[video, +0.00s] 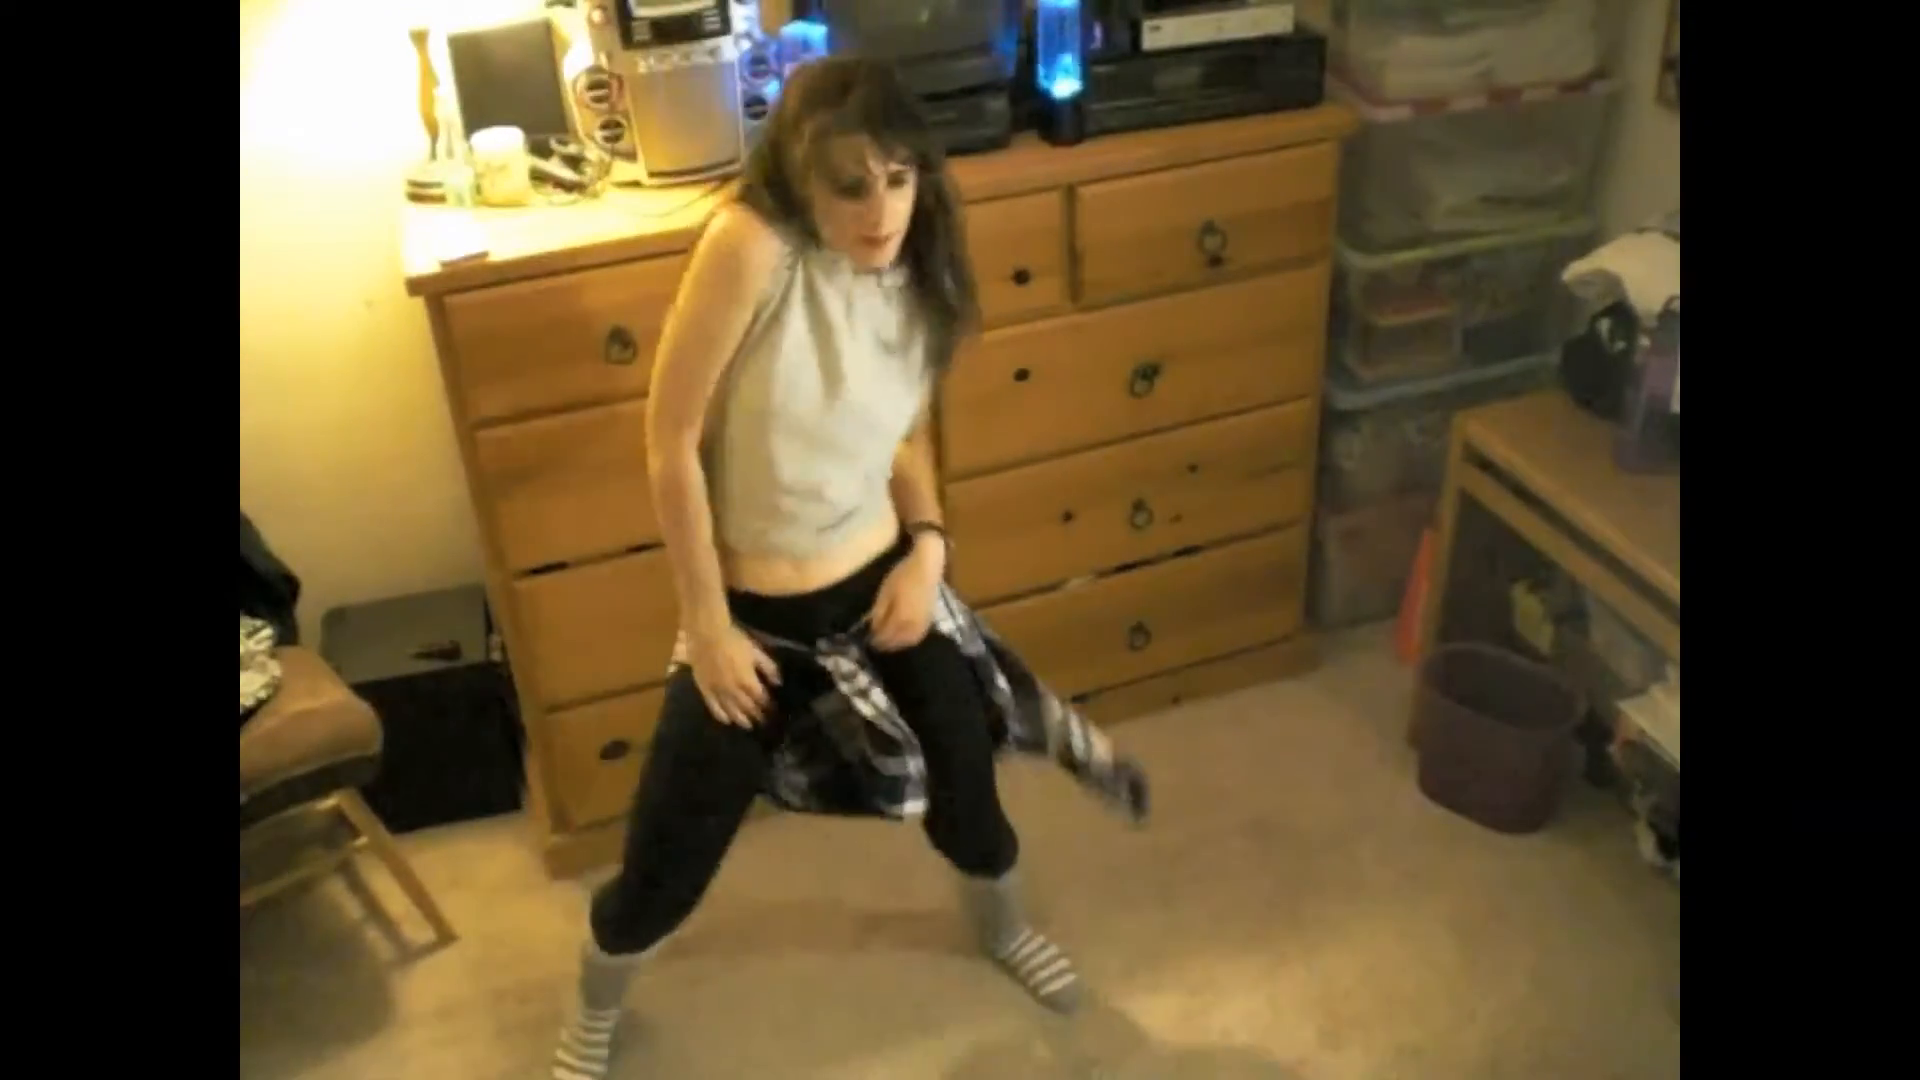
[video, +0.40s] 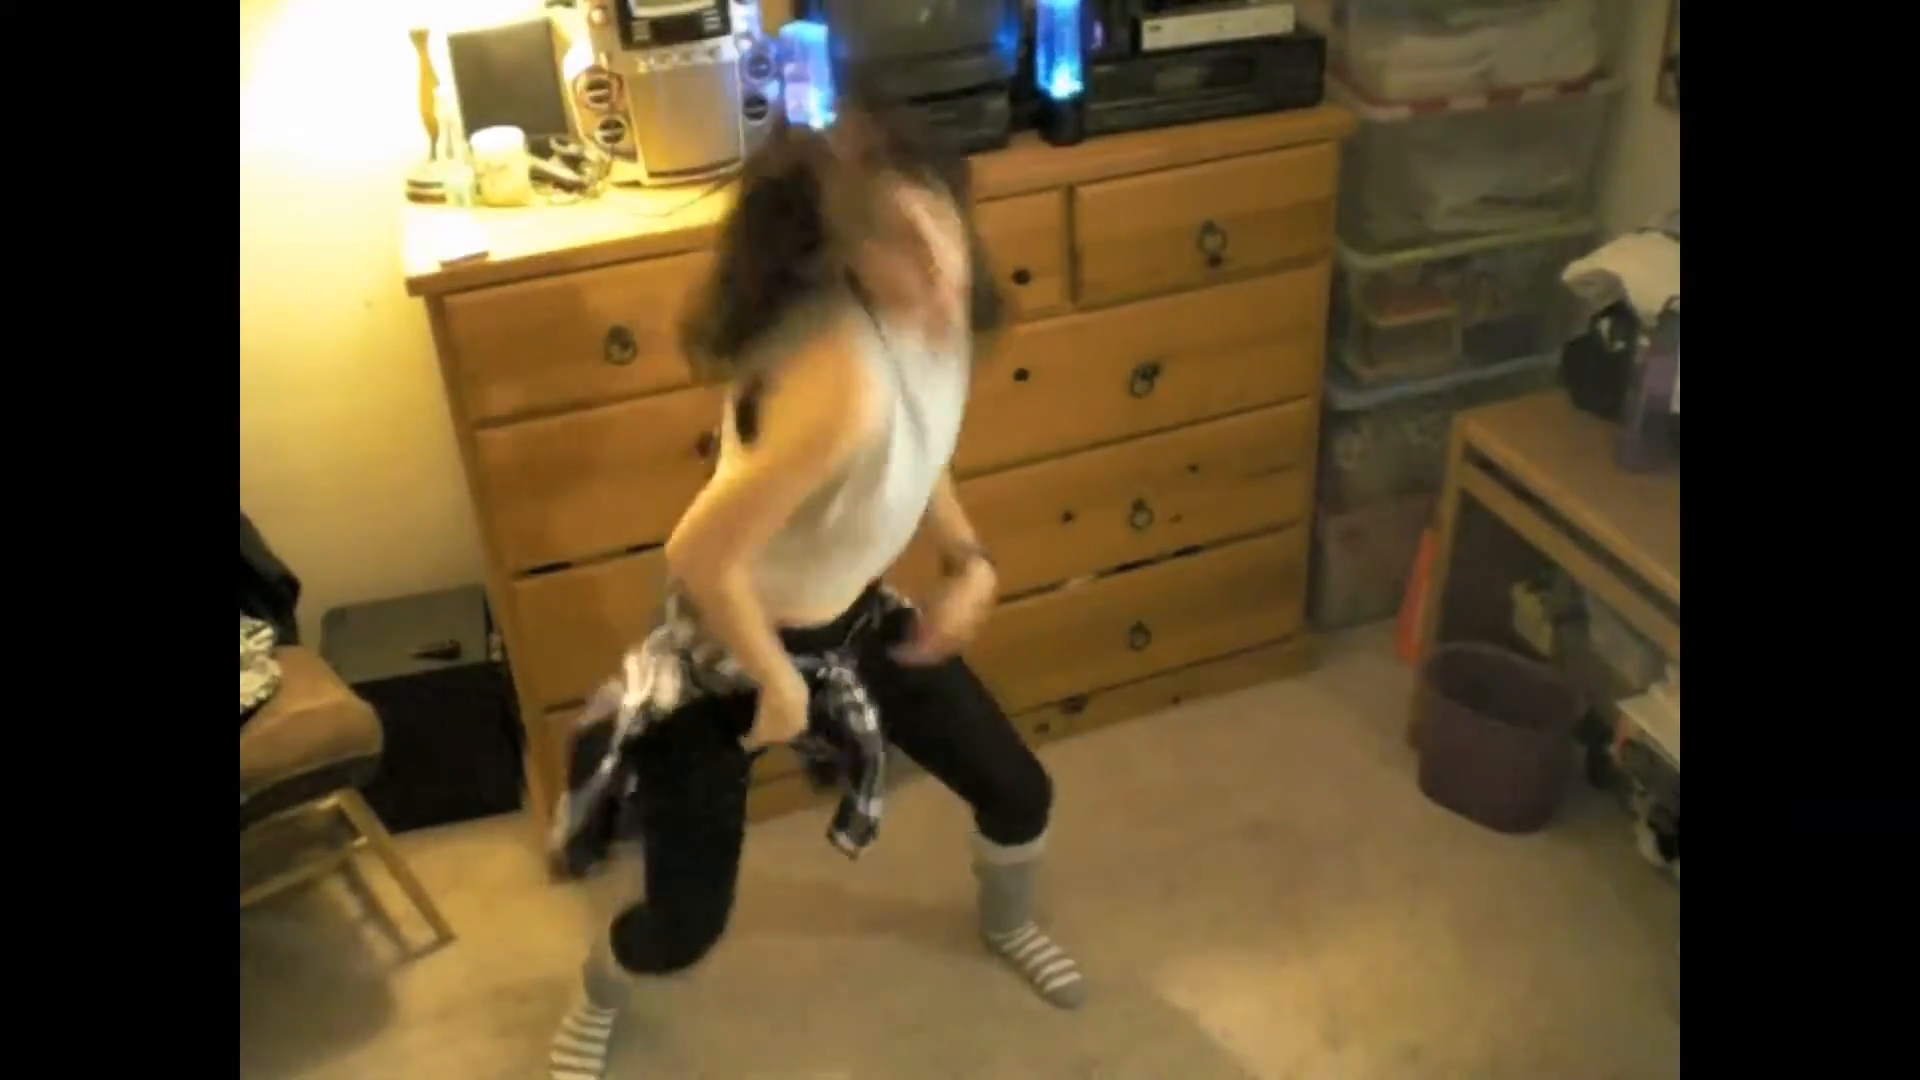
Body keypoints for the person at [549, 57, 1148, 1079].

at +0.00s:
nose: (884, 212)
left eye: (899, 181)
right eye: (851, 191)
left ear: (920, 171)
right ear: (798, 186)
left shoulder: (913, 268)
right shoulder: (748, 249)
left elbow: (901, 422)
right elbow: (671, 431)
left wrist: (925, 543)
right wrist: (706, 625)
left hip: (883, 591)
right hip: (751, 621)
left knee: (968, 778)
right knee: (665, 868)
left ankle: (1005, 930)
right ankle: (596, 1012)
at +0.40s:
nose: (932, 257)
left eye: (936, 224)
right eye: (895, 242)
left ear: (960, 217)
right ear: (847, 260)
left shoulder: (945, 319)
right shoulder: (839, 384)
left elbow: (906, 454)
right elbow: (698, 555)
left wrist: (968, 557)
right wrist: (776, 678)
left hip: (861, 616)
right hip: (729, 645)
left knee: (1018, 794)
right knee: (685, 922)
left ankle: (1008, 924)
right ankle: (598, 994)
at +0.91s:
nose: (636, 513)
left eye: (634, 494)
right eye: (617, 508)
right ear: (587, 476)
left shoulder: (781, 398)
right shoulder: (600, 442)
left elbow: (886, 568)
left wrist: (894, 716)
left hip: (839, 612)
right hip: (695, 636)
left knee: (972, 810)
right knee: (644, 876)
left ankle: (1002, 923)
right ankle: (601, 1005)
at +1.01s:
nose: (597, 413)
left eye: (598, 387)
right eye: (574, 402)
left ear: (624, 334)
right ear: (554, 388)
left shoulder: (760, 354)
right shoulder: (586, 374)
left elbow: (847, 535)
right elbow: (610, 528)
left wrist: (848, 705)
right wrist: (585, 429)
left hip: (825, 605)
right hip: (686, 615)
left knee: (953, 810)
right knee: (638, 851)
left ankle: (1006, 922)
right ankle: (604, 999)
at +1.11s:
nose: (600, 312)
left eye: (608, 277)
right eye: (570, 301)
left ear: (650, 224)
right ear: (547, 300)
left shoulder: (765, 317)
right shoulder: (584, 324)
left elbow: (833, 511)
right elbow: (623, 459)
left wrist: (826, 674)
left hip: (826, 601)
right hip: (683, 611)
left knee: (932, 801)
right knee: (633, 837)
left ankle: (1000, 919)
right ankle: (603, 999)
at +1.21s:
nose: (660, 195)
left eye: (677, 163)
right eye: (628, 170)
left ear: (725, 163)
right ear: (587, 182)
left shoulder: (777, 299)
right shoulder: (581, 283)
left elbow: (861, 485)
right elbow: (647, 433)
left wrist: (829, 645)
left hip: (823, 603)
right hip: (681, 609)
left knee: (932, 818)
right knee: (633, 843)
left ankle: (1000, 923)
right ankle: (600, 1004)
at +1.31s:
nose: (702, 170)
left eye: (724, 138)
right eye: (668, 142)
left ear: (757, 156)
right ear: (622, 164)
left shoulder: (809, 307)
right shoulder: (599, 275)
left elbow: (886, 496)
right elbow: (649, 423)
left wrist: (836, 656)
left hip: (832, 615)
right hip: (682, 623)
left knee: (934, 818)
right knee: (629, 846)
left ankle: (993, 926)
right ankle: (601, 1002)